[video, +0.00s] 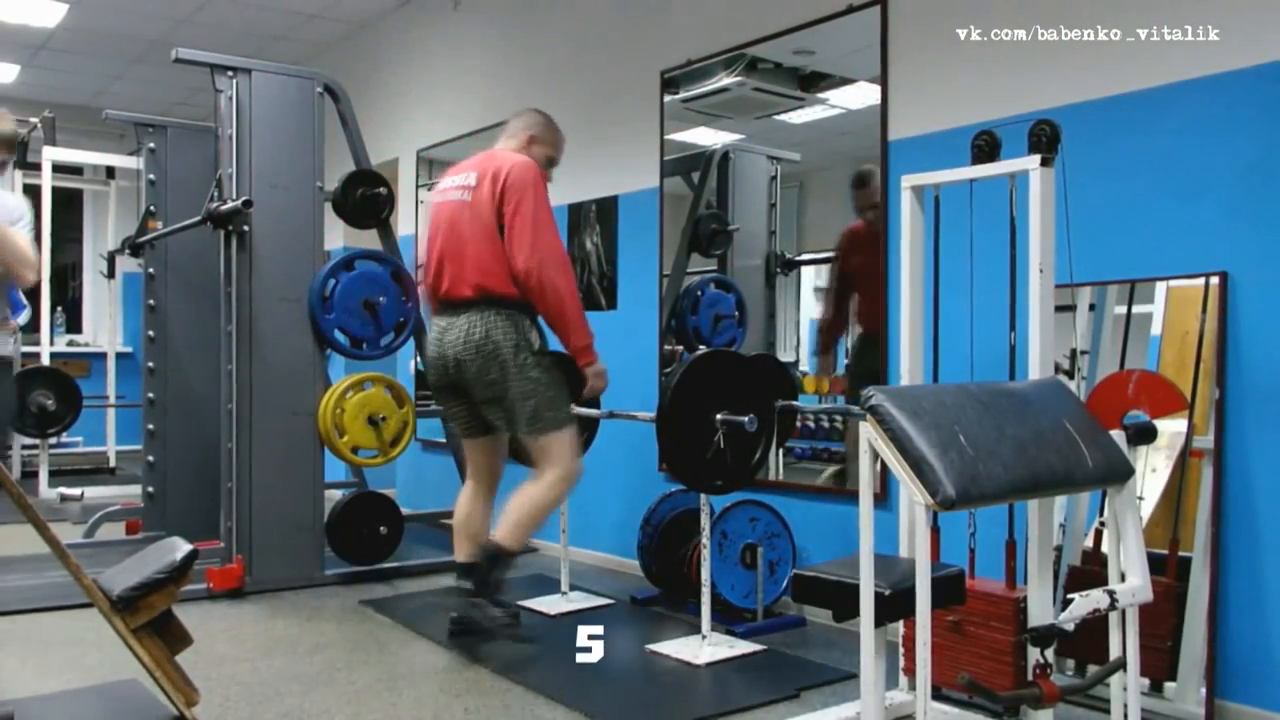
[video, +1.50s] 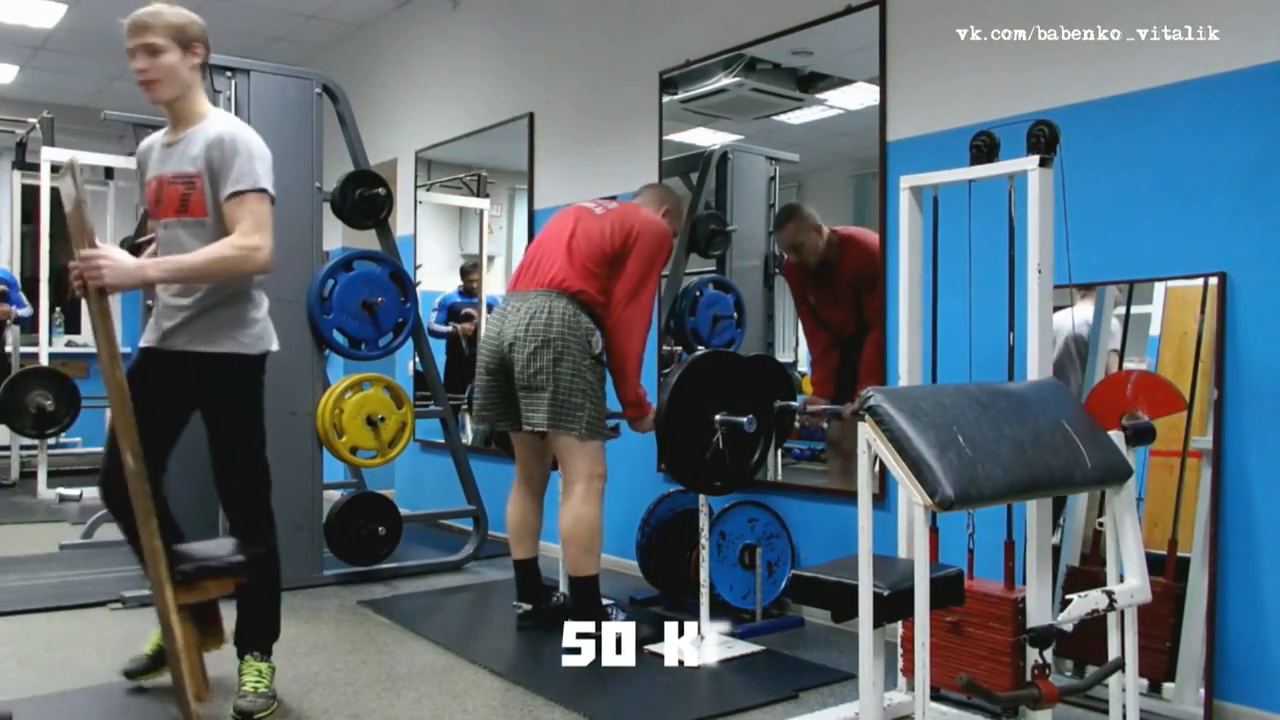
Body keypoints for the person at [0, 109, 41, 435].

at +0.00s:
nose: (2, 168)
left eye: (6, 161)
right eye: (1, 160)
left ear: (10, 158)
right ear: (4, 156)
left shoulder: (15, 207)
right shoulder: (14, 208)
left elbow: (27, 274)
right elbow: (28, 273)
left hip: (5, 341)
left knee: (3, 453)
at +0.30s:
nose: (15, 144)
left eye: (26, 135)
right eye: (9, 131)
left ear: (35, 134)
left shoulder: (44, 181)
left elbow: (85, 263)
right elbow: (82, 261)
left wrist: (22, 210)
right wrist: (24, 211)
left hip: (18, 347)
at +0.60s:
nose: (48, 125)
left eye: (59, 115)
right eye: (37, 112)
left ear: (73, 119)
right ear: (14, 113)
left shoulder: (100, 178)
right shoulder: (1, 173)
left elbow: (126, 257)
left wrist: (87, 280)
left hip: (76, 359)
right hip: (6, 356)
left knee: (79, 494)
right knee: (10, 502)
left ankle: (19, 566)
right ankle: (18, 651)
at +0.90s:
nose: (109, 90)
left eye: (121, 79)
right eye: (97, 78)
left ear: (142, 85)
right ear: (75, 82)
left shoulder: (179, 160)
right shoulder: (35, 160)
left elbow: (216, 242)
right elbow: (5, 251)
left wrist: (176, 266)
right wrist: (6, 306)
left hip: (158, 346)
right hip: (65, 346)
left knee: (201, 487)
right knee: (39, 502)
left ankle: (240, 651)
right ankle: (26, 653)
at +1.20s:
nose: (145, 66)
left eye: (157, 53)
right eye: (133, 55)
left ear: (186, 56)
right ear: (122, 64)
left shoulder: (231, 133)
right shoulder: (118, 147)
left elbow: (285, 230)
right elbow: (117, 250)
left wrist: (185, 262)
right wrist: (66, 281)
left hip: (228, 340)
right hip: (148, 343)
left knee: (241, 498)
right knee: (110, 483)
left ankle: (254, 658)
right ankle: (112, 649)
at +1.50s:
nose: (140, 67)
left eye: (153, 52)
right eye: (133, 56)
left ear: (195, 55)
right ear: (131, 67)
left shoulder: (234, 139)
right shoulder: (150, 151)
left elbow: (255, 249)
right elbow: (156, 242)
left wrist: (141, 270)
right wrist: (112, 265)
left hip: (232, 346)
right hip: (166, 345)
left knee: (246, 498)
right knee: (122, 481)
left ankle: (256, 653)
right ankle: (192, 618)